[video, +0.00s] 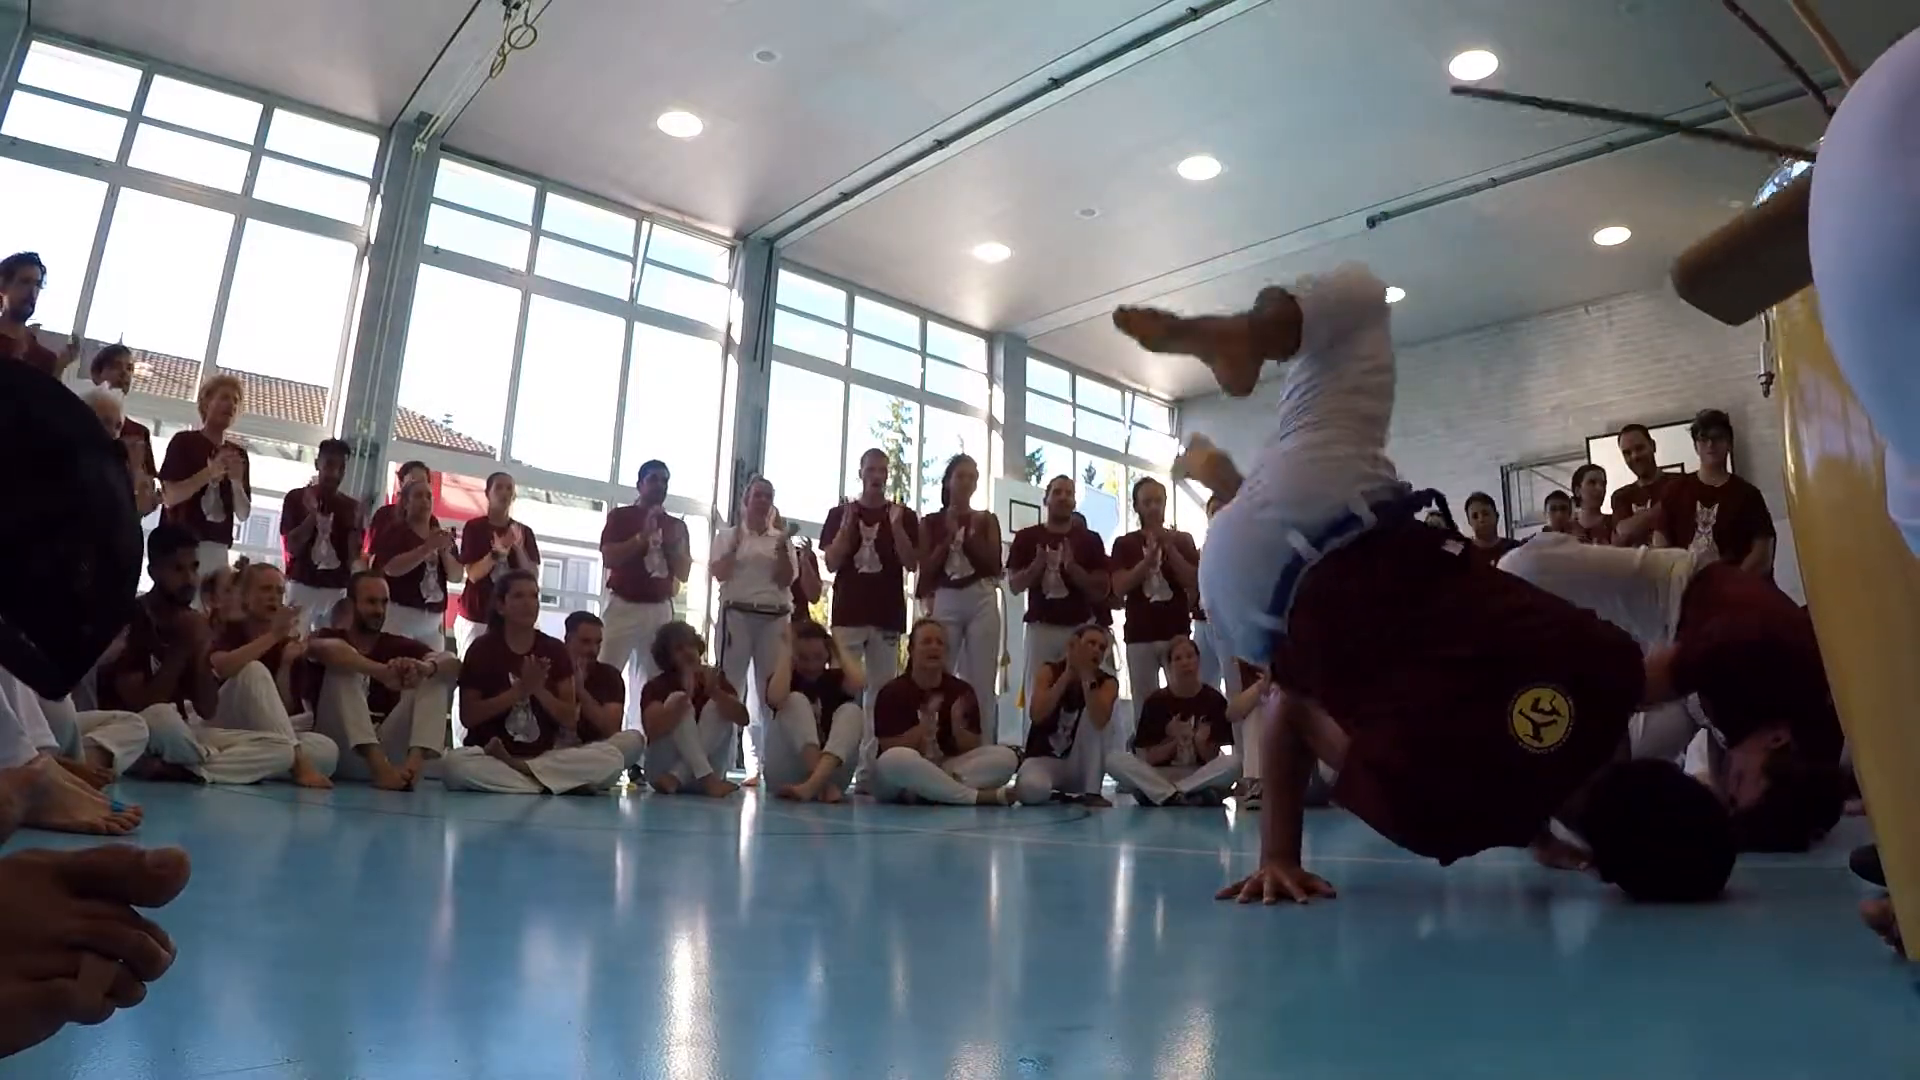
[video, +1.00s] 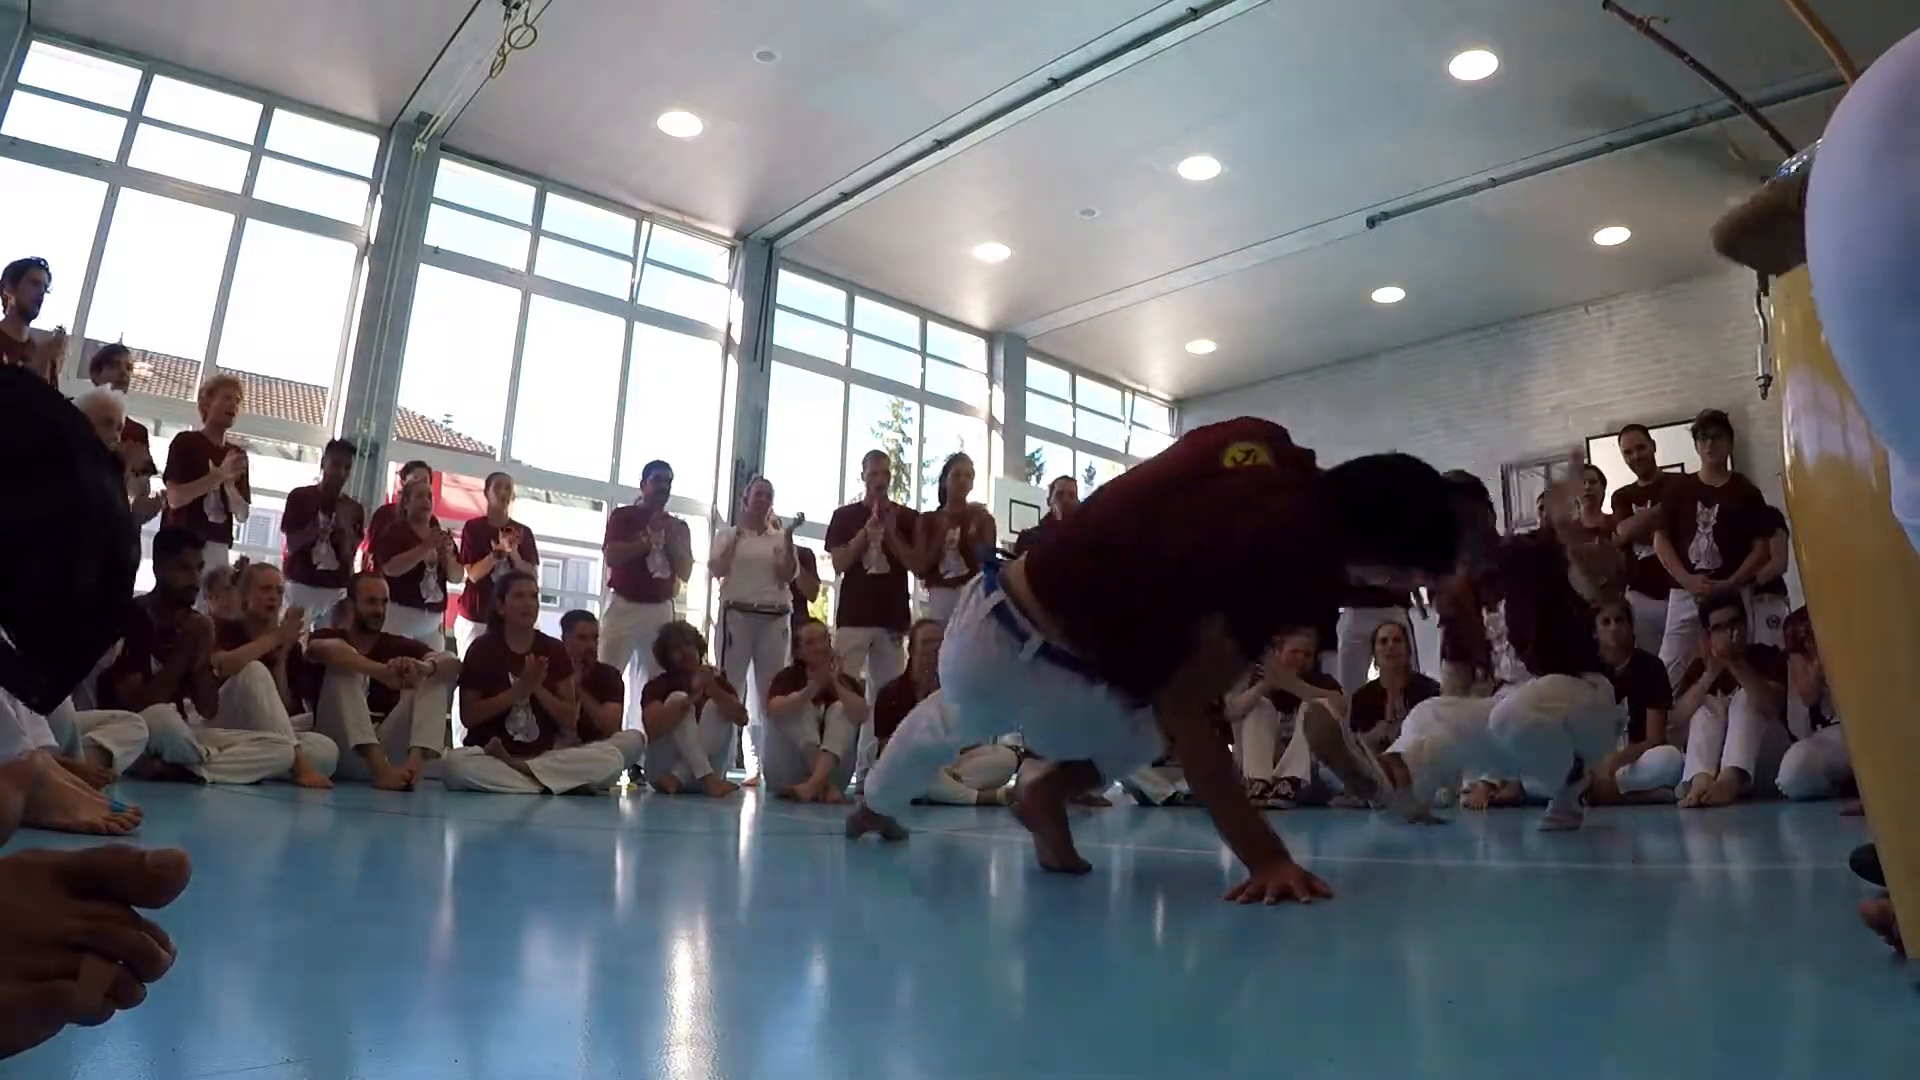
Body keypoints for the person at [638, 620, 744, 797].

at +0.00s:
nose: (688, 652)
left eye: (691, 645)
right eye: (679, 648)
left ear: (699, 647)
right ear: (668, 655)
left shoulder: (714, 678)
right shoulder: (655, 686)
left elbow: (743, 719)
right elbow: (652, 730)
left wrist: (715, 692)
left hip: (710, 770)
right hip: (664, 770)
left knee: (720, 704)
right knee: (678, 701)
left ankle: (677, 775)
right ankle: (707, 777)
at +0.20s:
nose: (689, 652)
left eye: (691, 645)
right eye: (680, 648)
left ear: (699, 647)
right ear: (667, 656)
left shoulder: (715, 678)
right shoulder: (655, 686)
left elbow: (743, 719)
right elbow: (652, 729)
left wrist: (714, 691)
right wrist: (690, 695)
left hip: (710, 770)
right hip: (665, 771)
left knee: (720, 703)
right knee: (679, 700)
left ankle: (677, 775)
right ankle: (707, 776)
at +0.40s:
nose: (688, 652)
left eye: (691, 645)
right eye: (679, 649)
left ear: (699, 648)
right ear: (666, 656)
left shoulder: (717, 681)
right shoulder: (655, 686)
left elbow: (742, 717)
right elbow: (655, 730)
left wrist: (709, 689)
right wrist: (695, 694)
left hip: (709, 770)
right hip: (665, 770)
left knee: (719, 704)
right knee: (678, 699)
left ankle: (677, 775)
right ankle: (707, 776)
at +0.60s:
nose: (688, 667)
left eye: (694, 658)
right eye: (680, 662)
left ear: (703, 655)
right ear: (664, 662)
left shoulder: (717, 683)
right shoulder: (655, 687)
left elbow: (743, 720)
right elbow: (652, 728)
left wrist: (712, 689)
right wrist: (688, 698)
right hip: (664, 772)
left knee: (720, 704)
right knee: (676, 704)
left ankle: (677, 776)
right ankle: (708, 776)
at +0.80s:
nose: (686, 652)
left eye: (689, 645)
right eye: (677, 648)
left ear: (699, 648)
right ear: (666, 655)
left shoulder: (714, 679)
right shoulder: (655, 686)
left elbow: (743, 720)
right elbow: (652, 730)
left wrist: (717, 693)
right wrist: (685, 696)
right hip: (664, 766)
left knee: (717, 706)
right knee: (678, 700)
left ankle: (679, 775)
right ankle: (704, 774)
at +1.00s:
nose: (686, 652)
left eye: (689, 645)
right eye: (677, 648)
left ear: (698, 647)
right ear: (666, 656)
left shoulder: (716, 680)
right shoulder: (655, 686)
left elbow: (742, 719)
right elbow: (652, 729)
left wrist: (712, 688)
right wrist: (688, 701)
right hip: (664, 771)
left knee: (719, 704)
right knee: (678, 699)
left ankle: (678, 776)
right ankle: (708, 776)